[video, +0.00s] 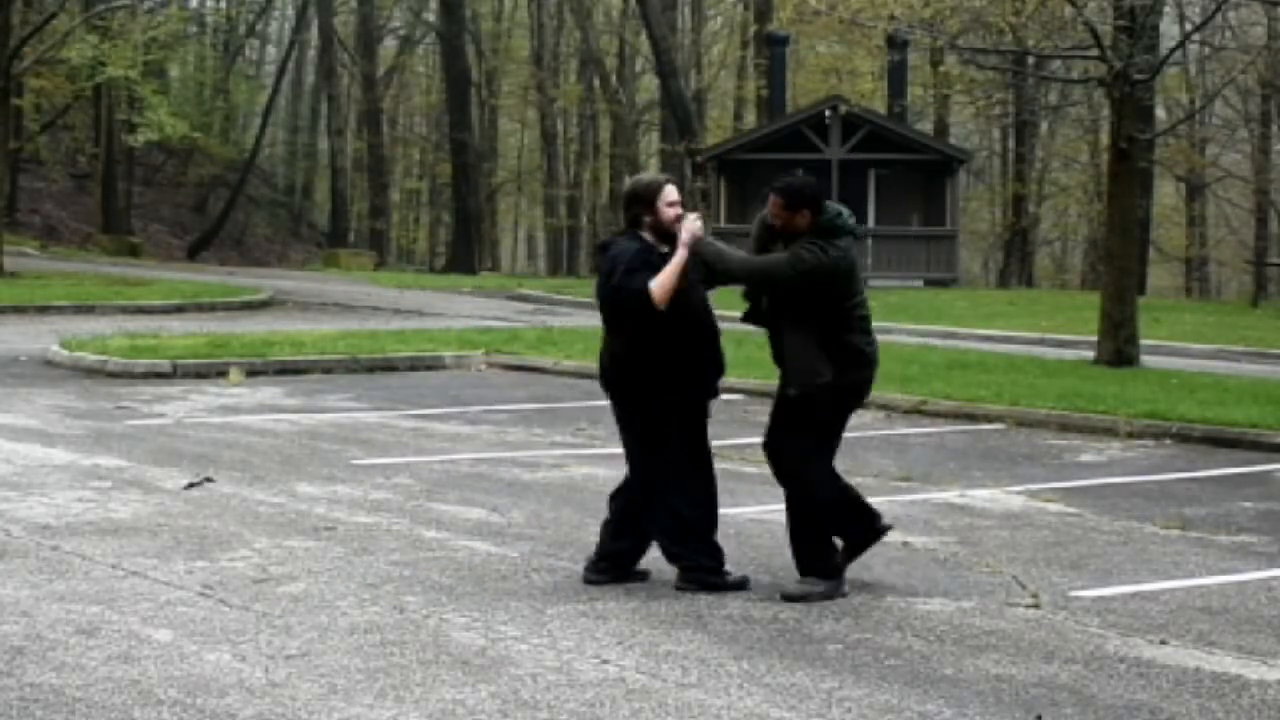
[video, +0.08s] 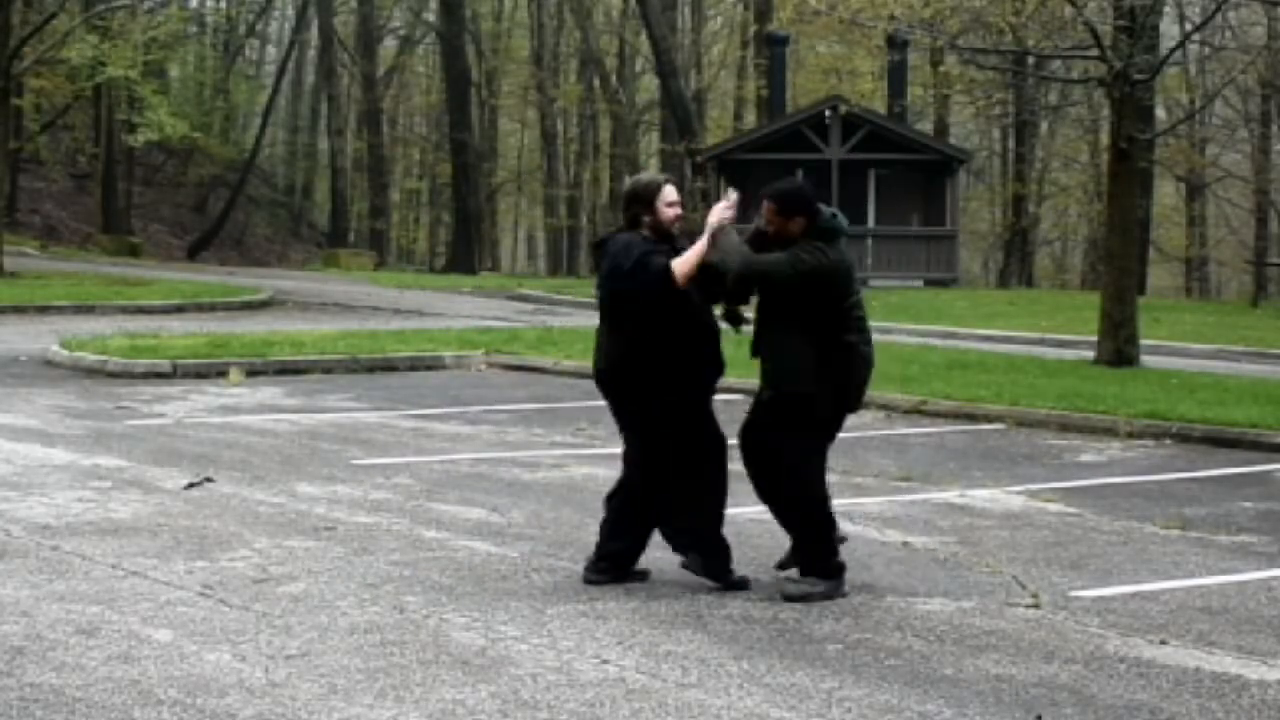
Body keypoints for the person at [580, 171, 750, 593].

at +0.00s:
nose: (680, 212)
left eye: (680, 205)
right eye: (671, 205)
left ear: (671, 211)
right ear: (646, 211)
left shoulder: (669, 251)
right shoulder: (627, 254)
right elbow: (648, 303)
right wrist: (684, 249)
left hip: (680, 384)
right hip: (649, 388)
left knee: (652, 474)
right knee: (679, 476)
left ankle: (612, 561)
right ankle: (699, 568)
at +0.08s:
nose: (679, 212)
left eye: (679, 204)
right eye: (670, 205)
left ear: (671, 211)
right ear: (645, 210)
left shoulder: (667, 246)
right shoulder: (629, 249)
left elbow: (707, 285)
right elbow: (670, 278)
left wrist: (720, 239)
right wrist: (708, 235)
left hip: (673, 378)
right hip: (646, 381)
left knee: (648, 466)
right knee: (703, 457)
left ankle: (612, 560)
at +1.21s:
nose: (654, 260)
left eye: (661, 250)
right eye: (650, 251)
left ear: (688, 244)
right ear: (651, 249)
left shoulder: (727, 288)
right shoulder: (672, 280)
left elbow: (710, 364)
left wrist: (656, 352)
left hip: (766, 392)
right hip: (721, 390)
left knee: (783, 479)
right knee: (667, 461)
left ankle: (845, 573)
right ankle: (681, 557)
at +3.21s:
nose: (862, 193)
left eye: (870, 185)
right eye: (864, 185)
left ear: (893, 191)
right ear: (888, 192)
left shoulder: (931, 247)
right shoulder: (874, 246)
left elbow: (925, 312)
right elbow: (836, 284)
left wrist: (859, 310)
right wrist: (783, 305)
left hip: (933, 378)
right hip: (901, 380)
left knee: (908, 472)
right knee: (926, 470)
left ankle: (920, 572)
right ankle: (987, 557)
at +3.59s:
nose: (889, 189)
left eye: (894, 182)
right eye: (892, 182)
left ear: (910, 188)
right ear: (934, 190)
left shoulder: (893, 230)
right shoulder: (964, 230)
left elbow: (829, 228)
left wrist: (773, 200)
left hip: (913, 370)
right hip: (969, 370)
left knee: (867, 461)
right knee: (963, 466)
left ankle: (834, 562)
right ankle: (992, 564)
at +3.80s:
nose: (884, 193)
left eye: (886, 186)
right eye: (886, 185)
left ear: (895, 191)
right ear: (930, 193)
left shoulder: (871, 237)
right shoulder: (963, 242)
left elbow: (820, 224)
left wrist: (780, 192)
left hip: (884, 376)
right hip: (946, 379)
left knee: (842, 465)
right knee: (957, 473)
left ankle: (813, 562)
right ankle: (991, 565)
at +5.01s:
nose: (813, 204)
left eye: (820, 197)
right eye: (812, 196)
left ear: (848, 199)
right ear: (828, 199)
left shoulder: (873, 241)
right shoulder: (819, 234)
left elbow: (845, 286)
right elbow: (792, 275)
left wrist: (792, 303)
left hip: (867, 368)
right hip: (830, 366)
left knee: (836, 460)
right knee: (821, 456)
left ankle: (828, 558)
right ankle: (853, 546)